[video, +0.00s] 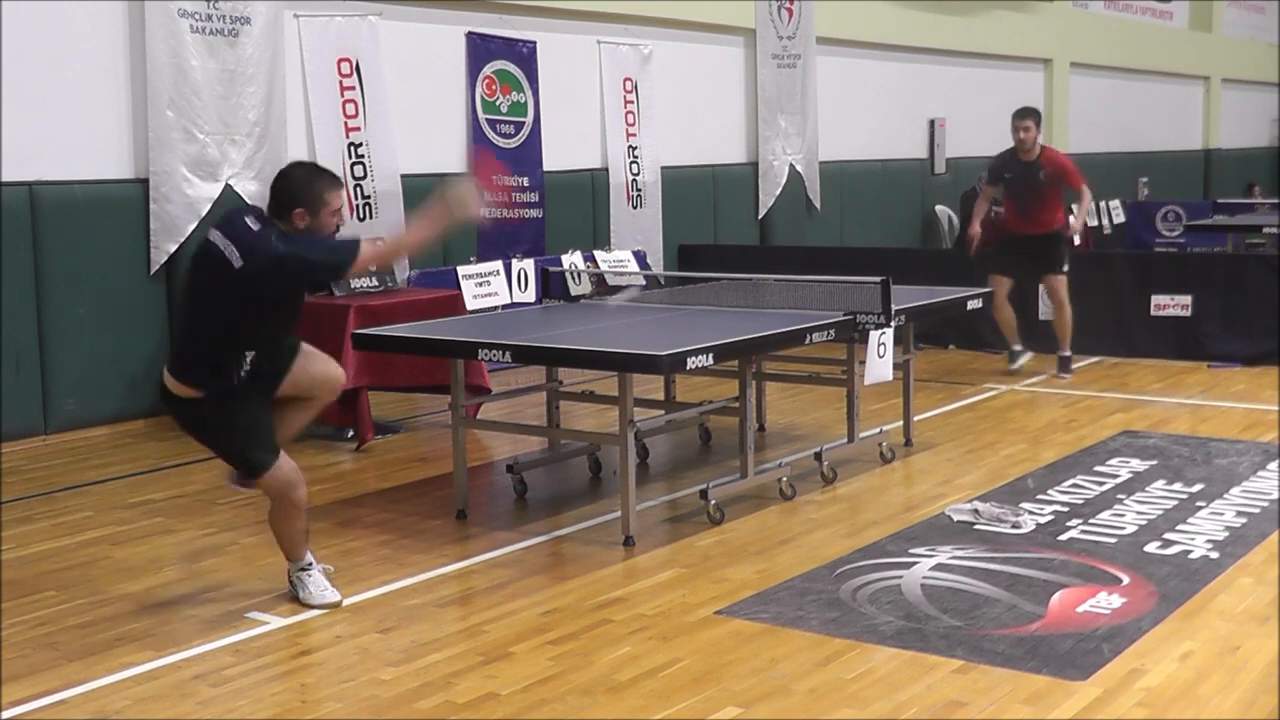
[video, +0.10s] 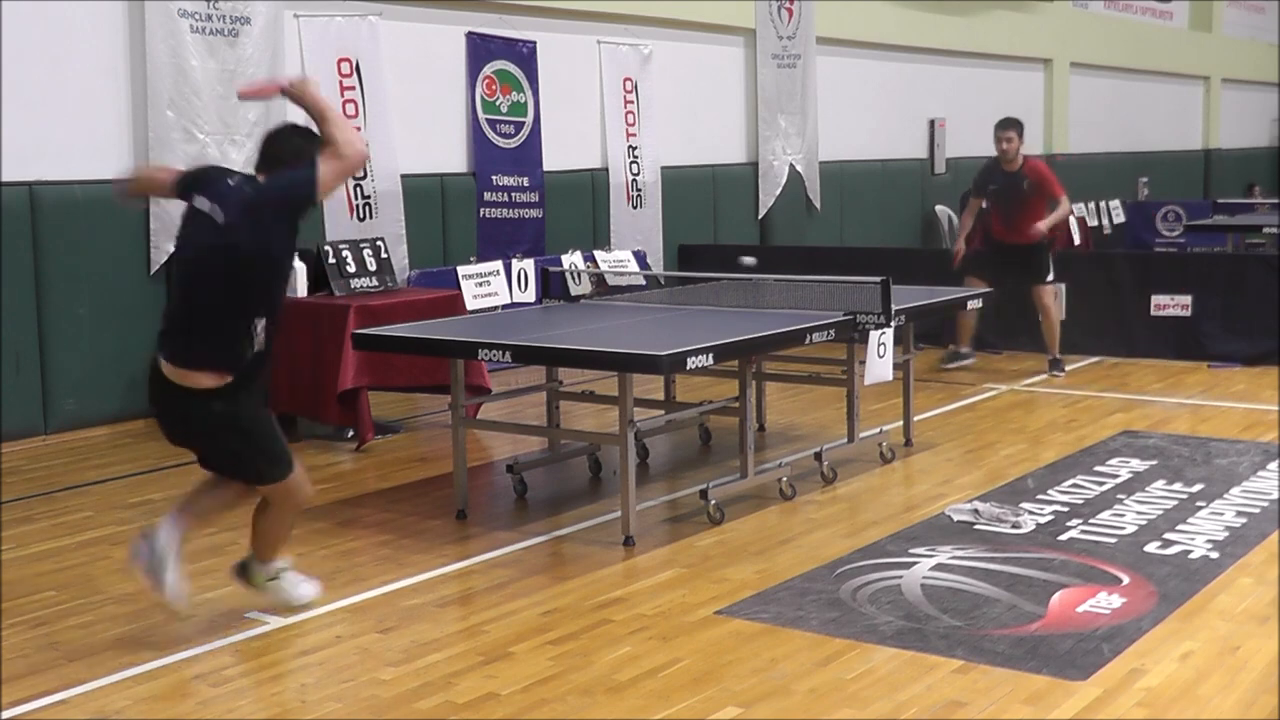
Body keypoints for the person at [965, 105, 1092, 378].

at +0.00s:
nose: (1020, 135)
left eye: (1026, 130)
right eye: (1016, 130)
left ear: (1038, 131)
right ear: (1012, 132)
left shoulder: (1055, 161)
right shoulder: (1003, 162)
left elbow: (1085, 192)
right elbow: (986, 196)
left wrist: (1079, 220)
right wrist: (975, 223)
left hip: (1050, 237)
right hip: (1013, 237)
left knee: (1057, 293)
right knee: (997, 294)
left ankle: (1064, 353)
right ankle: (1016, 349)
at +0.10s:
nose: (1003, 146)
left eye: (1008, 140)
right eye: (999, 140)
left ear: (1020, 142)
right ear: (995, 142)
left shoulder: (1036, 169)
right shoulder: (988, 172)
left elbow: (1065, 205)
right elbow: (972, 208)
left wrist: (1046, 223)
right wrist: (961, 239)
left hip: (1034, 247)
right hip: (996, 246)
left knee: (1044, 301)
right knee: (970, 291)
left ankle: (1054, 357)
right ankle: (963, 350)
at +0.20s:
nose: (984, 159)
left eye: (990, 153)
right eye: (981, 154)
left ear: (1004, 154)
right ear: (977, 156)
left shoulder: (1020, 181)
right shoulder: (976, 185)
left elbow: (1044, 219)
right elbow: (962, 225)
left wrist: (1016, 236)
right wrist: (948, 252)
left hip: (1021, 256)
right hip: (983, 255)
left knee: (1038, 305)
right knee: (949, 300)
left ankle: (1054, 358)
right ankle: (929, 350)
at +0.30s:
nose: (941, 174)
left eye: (946, 168)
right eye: (938, 169)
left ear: (960, 166)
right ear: (936, 172)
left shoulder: (979, 191)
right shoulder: (950, 200)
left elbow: (976, 235)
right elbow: (951, 240)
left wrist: (940, 246)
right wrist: (932, 273)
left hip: (1003, 261)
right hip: (969, 260)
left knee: (1019, 317)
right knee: (926, 298)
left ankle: (1057, 356)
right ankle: (912, 352)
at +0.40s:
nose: (907, 183)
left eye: (910, 177)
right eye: (905, 178)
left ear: (925, 174)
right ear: (917, 177)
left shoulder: (939, 195)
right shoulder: (934, 198)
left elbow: (926, 232)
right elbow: (944, 241)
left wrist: (898, 256)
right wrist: (933, 270)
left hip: (989, 265)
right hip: (958, 265)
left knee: (1011, 321)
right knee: (918, 300)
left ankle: (1065, 355)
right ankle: (912, 353)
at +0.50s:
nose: (866, 184)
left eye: (868, 179)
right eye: (865, 179)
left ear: (882, 176)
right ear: (882, 177)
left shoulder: (899, 190)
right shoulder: (896, 196)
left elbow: (910, 208)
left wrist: (901, 238)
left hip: (954, 255)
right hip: (926, 259)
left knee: (982, 306)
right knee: (897, 299)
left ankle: (1044, 344)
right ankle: (910, 352)